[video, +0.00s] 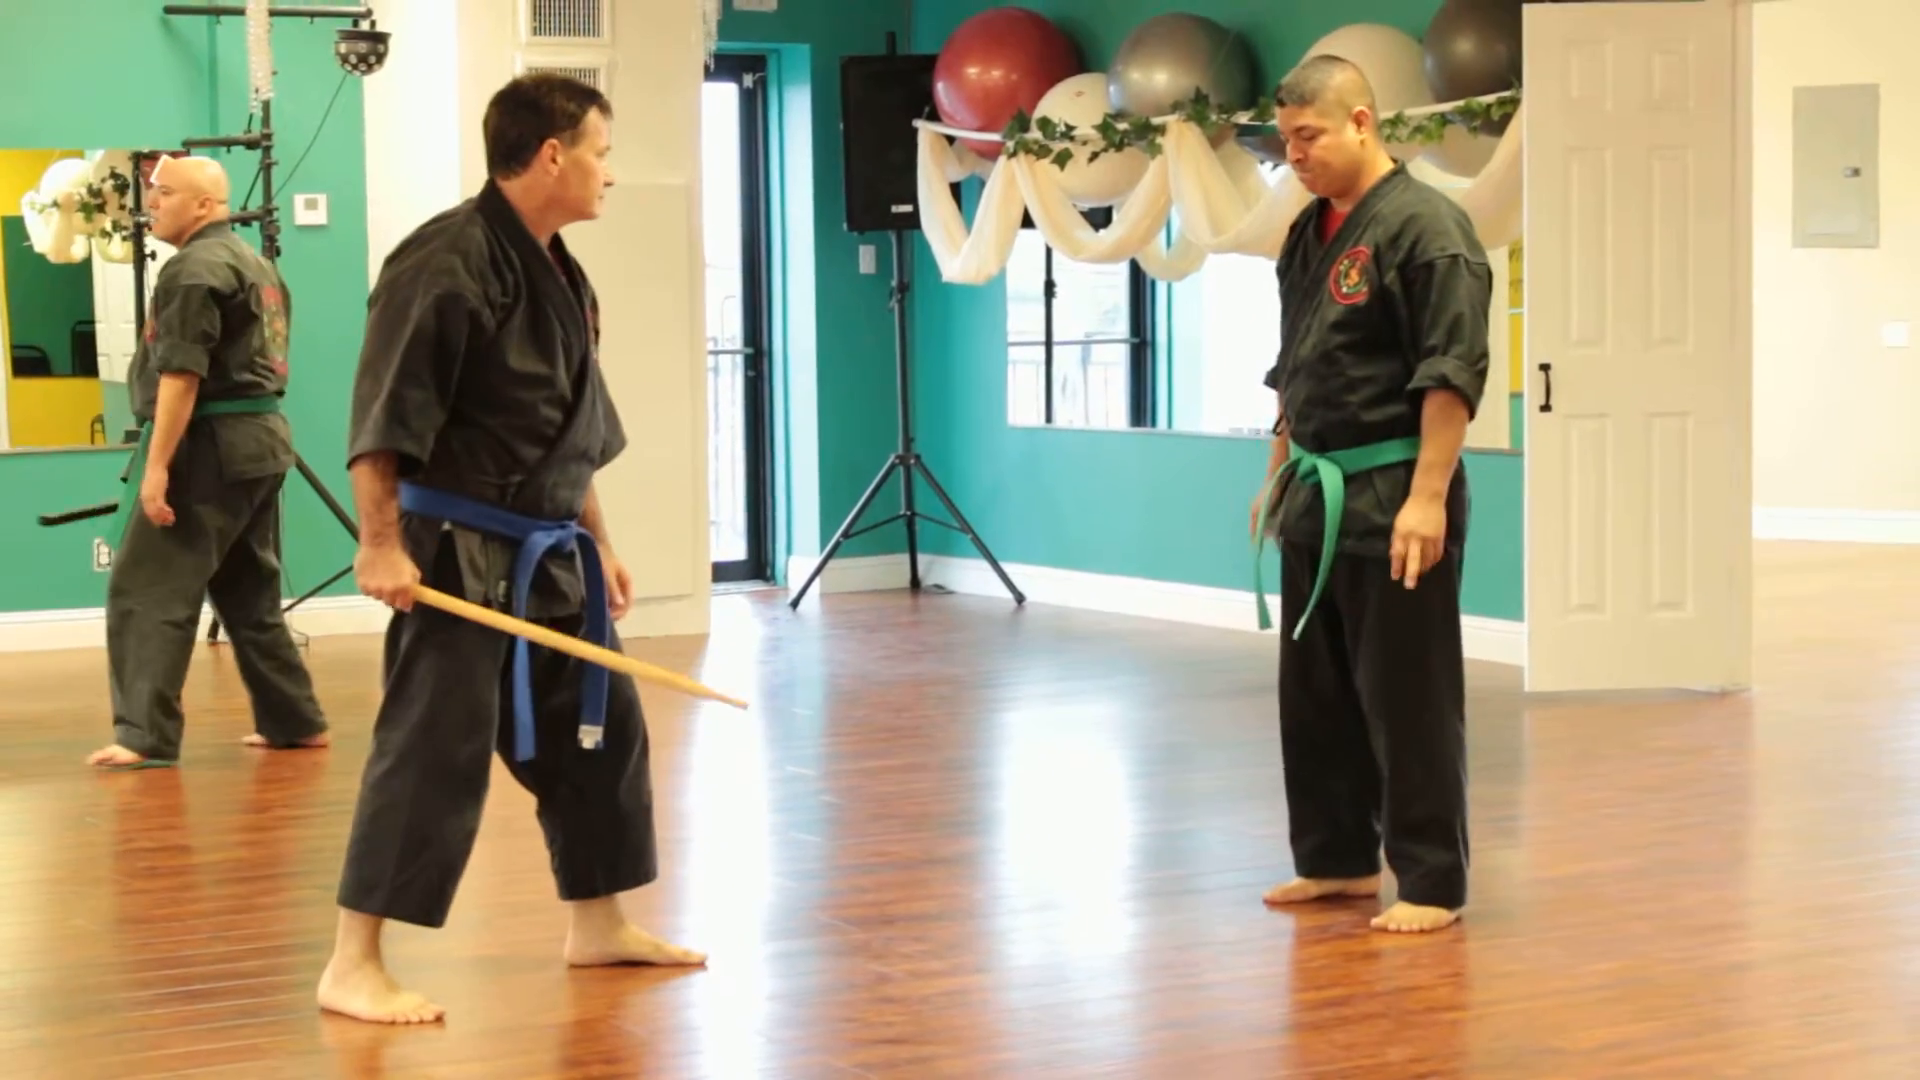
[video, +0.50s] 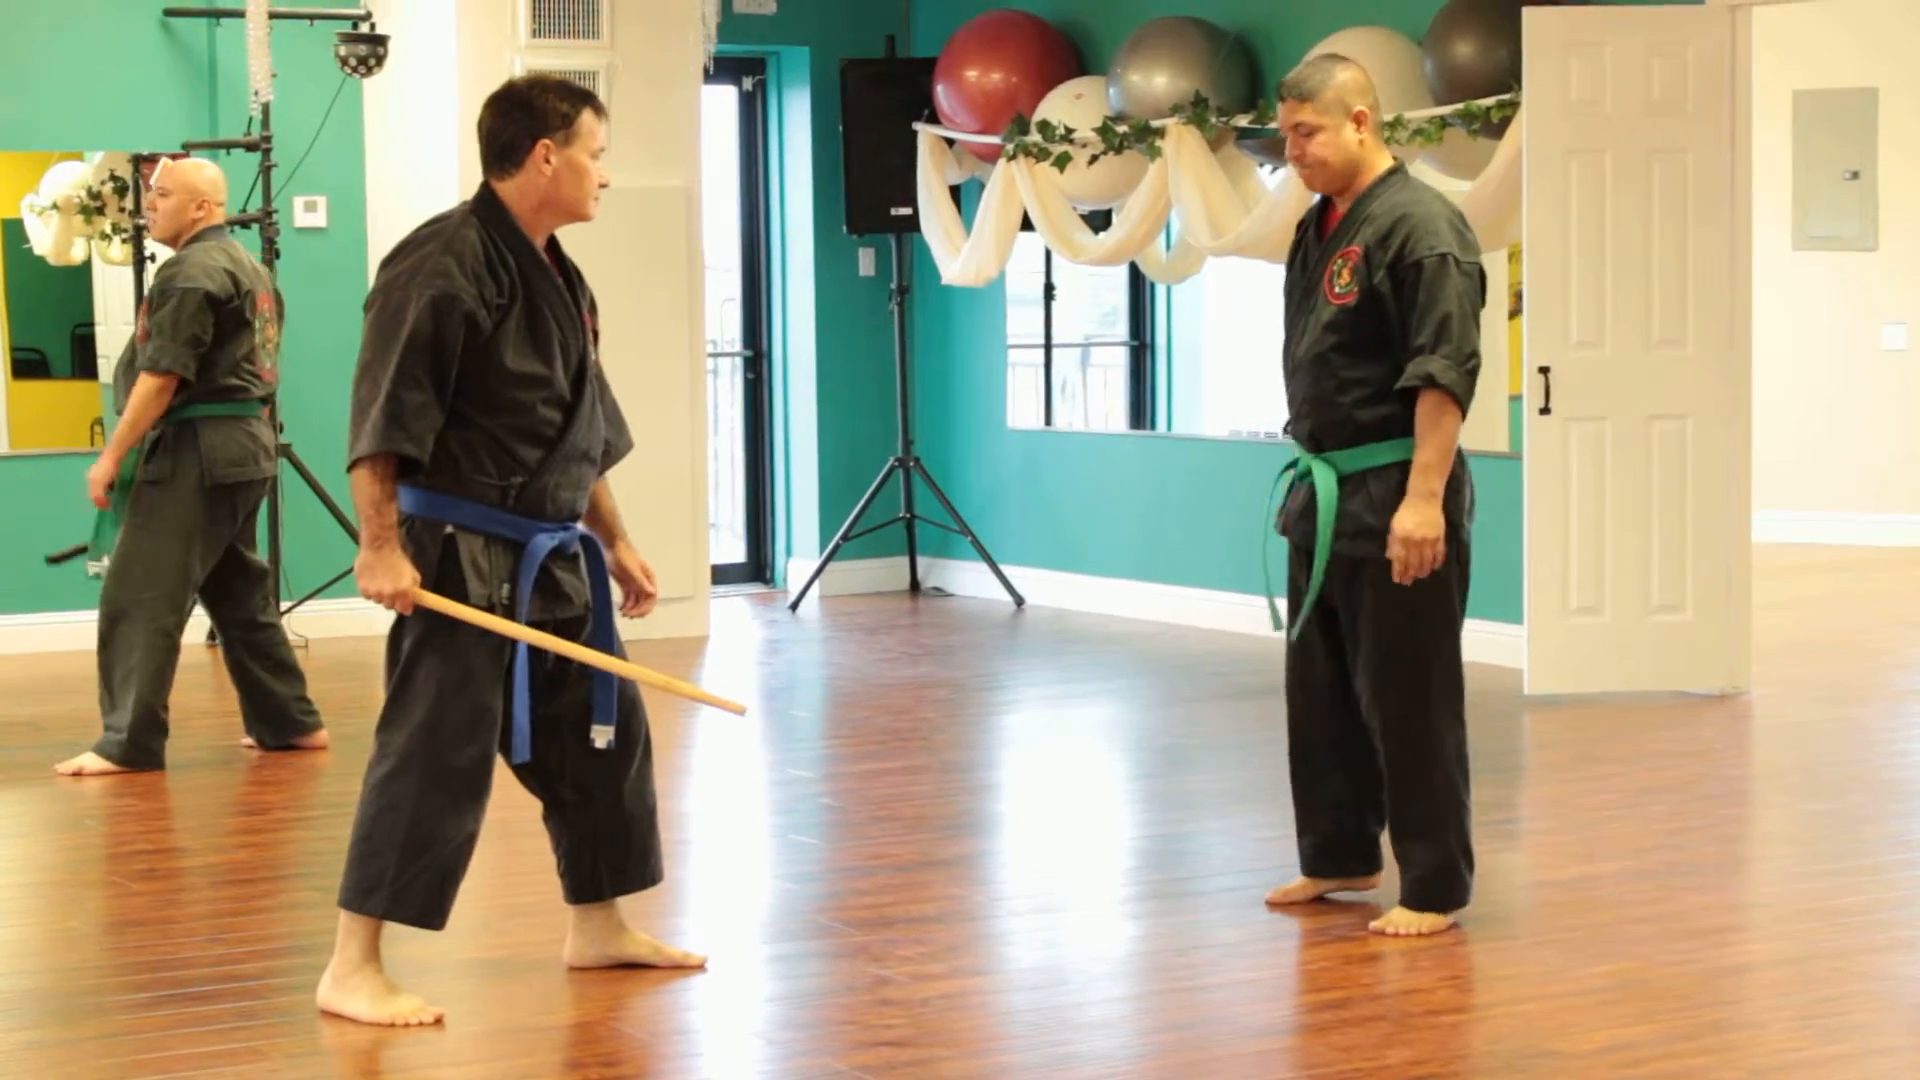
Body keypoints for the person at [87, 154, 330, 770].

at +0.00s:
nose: (150, 203)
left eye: (162, 193)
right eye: (152, 192)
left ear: (202, 205)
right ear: (208, 207)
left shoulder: (192, 270)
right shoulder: (249, 260)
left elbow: (181, 378)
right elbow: (259, 366)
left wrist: (156, 464)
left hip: (211, 444)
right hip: (259, 438)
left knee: (148, 587)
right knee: (248, 590)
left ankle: (147, 736)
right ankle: (294, 721)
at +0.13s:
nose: (155, 201)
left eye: (169, 192)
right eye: (158, 190)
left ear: (211, 205)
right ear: (218, 208)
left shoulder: (195, 269)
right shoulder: (258, 263)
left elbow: (178, 374)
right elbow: (271, 366)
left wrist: (148, 456)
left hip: (212, 443)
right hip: (260, 440)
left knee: (154, 591)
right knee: (248, 594)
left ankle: (133, 740)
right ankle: (291, 723)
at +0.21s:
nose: (156, 201)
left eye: (169, 192)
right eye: (158, 190)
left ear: (211, 205)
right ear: (220, 209)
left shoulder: (193, 270)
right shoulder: (262, 267)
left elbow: (171, 375)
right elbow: (278, 374)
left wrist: (135, 458)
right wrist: (267, 444)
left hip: (206, 445)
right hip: (255, 444)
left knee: (148, 594)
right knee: (240, 591)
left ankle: (132, 742)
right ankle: (290, 722)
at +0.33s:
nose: (152, 202)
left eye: (164, 192)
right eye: (154, 191)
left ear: (207, 206)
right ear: (214, 209)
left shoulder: (192, 272)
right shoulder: (254, 266)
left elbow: (159, 379)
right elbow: (270, 373)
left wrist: (116, 456)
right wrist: (260, 444)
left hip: (198, 447)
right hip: (246, 444)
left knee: (142, 593)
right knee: (237, 590)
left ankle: (130, 744)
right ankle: (289, 722)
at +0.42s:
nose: (151, 204)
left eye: (163, 194)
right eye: (153, 192)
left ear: (205, 207)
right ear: (211, 209)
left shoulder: (192, 272)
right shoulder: (245, 263)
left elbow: (157, 380)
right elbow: (251, 367)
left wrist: (109, 455)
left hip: (197, 446)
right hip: (243, 442)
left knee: (142, 592)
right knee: (237, 591)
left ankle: (130, 744)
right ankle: (289, 722)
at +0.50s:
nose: (148, 205)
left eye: (161, 195)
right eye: (151, 193)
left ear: (202, 208)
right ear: (208, 210)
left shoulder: (191, 272)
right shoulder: (240, 262)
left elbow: (159, 381)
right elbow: (245, 365)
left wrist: (111, 455)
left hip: (196, 447)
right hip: (242, 442)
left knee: (141, 593)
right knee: (237, 591)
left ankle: (130, 744)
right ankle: (289, 722)